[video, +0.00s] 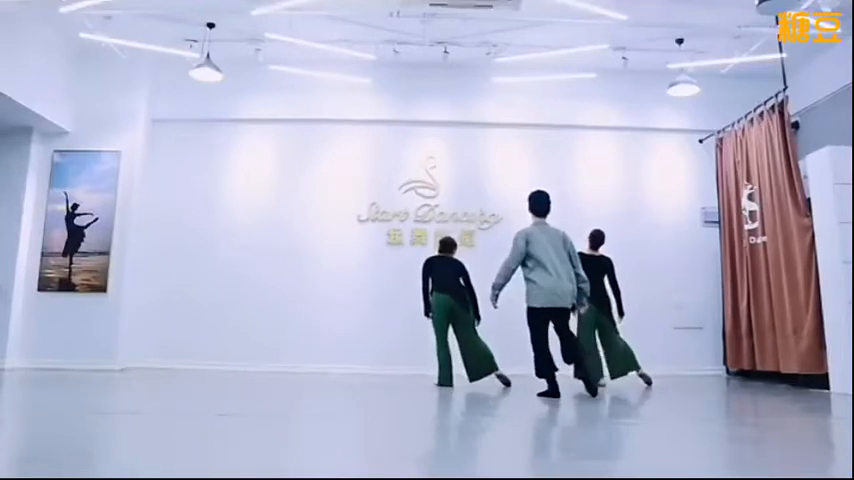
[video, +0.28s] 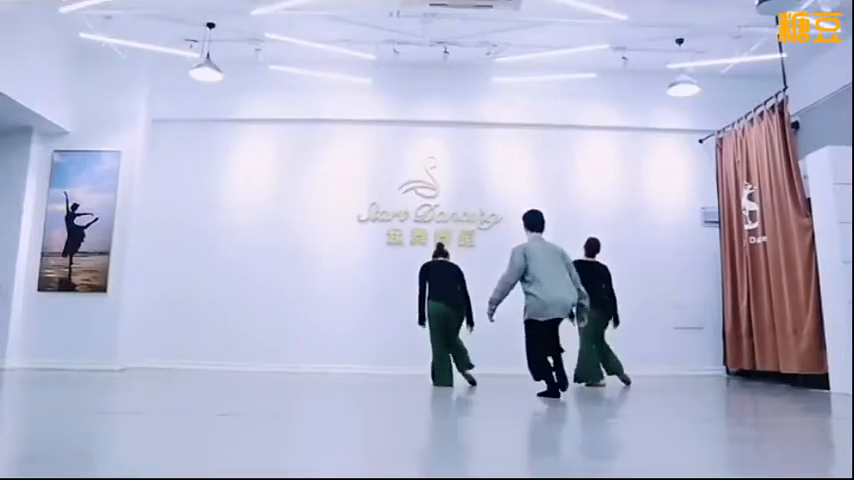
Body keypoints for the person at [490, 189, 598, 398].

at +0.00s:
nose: (531, 209)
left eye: (530, 205)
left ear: (530, 208)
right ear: (549, 208)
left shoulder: (524, 235)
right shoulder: (561, 236)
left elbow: (511, 264)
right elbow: (579, 270)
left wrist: (496, 287)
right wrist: (583, 296)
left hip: (538, 301)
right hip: (564, 300)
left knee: (540, 344)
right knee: (565, 332)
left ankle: (552, 387)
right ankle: (582, 368)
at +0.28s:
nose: (526, 228)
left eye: (525, 225)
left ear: (525, 226)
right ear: (543, 226)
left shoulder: (522, 250)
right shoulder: (558, 251)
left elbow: (510, 279)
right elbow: (576, 280)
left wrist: (493, 303)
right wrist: (583, 305)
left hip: (539, 305)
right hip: (564, 303)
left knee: (535, 349)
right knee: (551, 335)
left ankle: (551, 386)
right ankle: (559, 370)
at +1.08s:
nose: (512, 200)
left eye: (512, 197)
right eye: (517, 197)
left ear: (513, 198)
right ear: (531, 197)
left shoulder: (508, 220)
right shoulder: (543, 225)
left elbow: (501, 252)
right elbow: (549, 260)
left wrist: (495, 276)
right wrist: (550, 290)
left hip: (516, 285)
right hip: (540, 286)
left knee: (525, 334)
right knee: (530, 334)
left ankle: (543, 376)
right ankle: (517, 380)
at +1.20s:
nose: (509, 196)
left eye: (509, 192)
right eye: (517, 192)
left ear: (509, 193)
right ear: (527, 194)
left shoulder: (503, 218)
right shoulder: (538, 223)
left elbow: (496, 249)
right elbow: (544, 258)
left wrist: (489, 273)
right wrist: (544, 287)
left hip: (510, 283)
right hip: (534, 284)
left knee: (514, 331)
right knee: (528, 332)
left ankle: (529, 371)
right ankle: (517, 378)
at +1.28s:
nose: (509, 195)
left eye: (508, 191)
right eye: (517, 191)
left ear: (508, 192)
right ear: (526, 193)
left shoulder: (502, 217)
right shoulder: (537, 222)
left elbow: (494, 248)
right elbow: (543, 258)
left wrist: (487, 272)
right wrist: (543, 286)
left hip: (508, 282)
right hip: (532, 283)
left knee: (510, 329)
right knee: (525, 331)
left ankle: (523, 371)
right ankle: (517, 381)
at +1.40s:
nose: (506, 193)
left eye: (505, 189)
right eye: (514, 189)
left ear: (504, 191)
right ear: (522, 192)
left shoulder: (497, 217)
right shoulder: (533, 221)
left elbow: (489, 248)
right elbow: (539, 257)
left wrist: (481, 273)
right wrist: (539, 286)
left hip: (504, 282)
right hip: (528, 283)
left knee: (508, 331)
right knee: (520, 332)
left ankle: (523, 372)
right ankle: (509, 379)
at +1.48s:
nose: (505, 192)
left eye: (504, 189)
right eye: (513, 188)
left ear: (503, 190)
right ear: (521, 191)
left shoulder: (496, 217)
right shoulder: (531, 222)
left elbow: (486, 249)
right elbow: (538, 258)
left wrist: (478, 274)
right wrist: (536, 287)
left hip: (502, 282)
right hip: (526, 283)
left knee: (507, 331)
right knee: (518, 331)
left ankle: (521, 372)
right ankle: (508, 378)